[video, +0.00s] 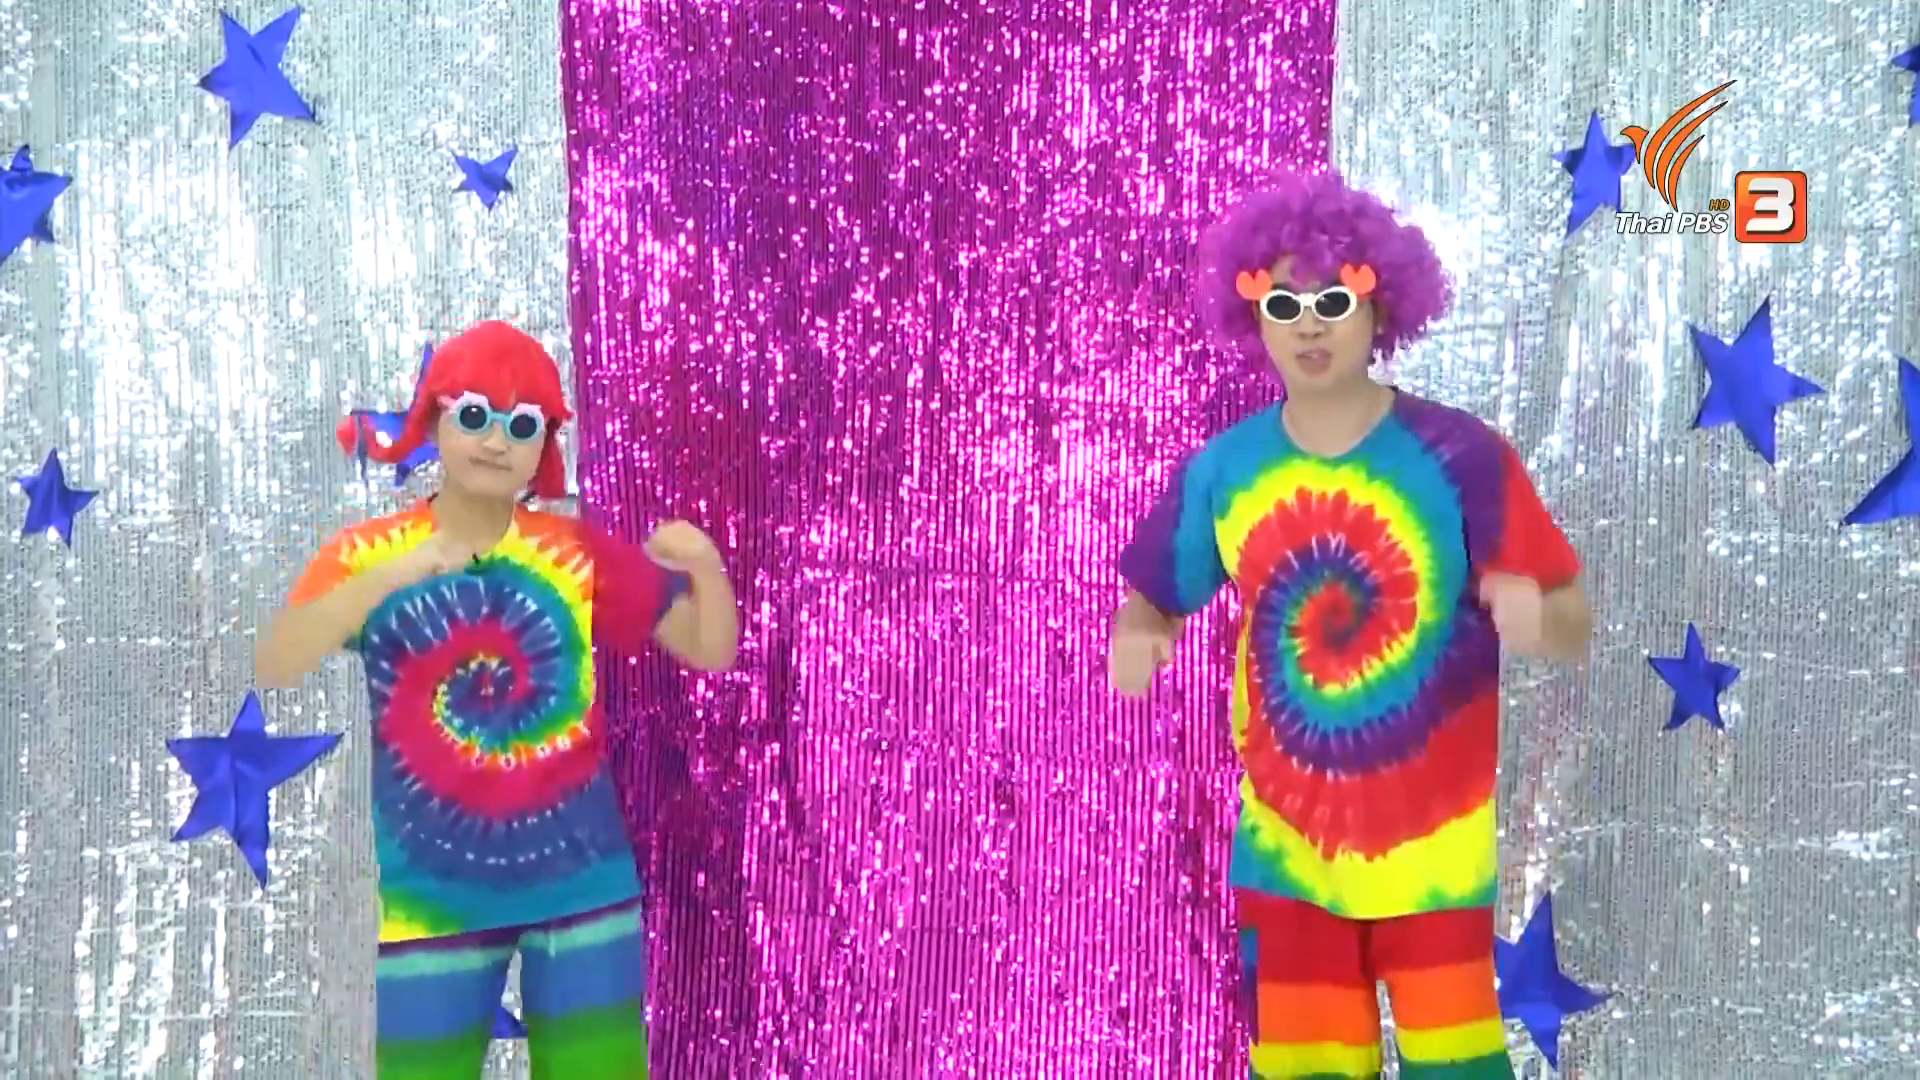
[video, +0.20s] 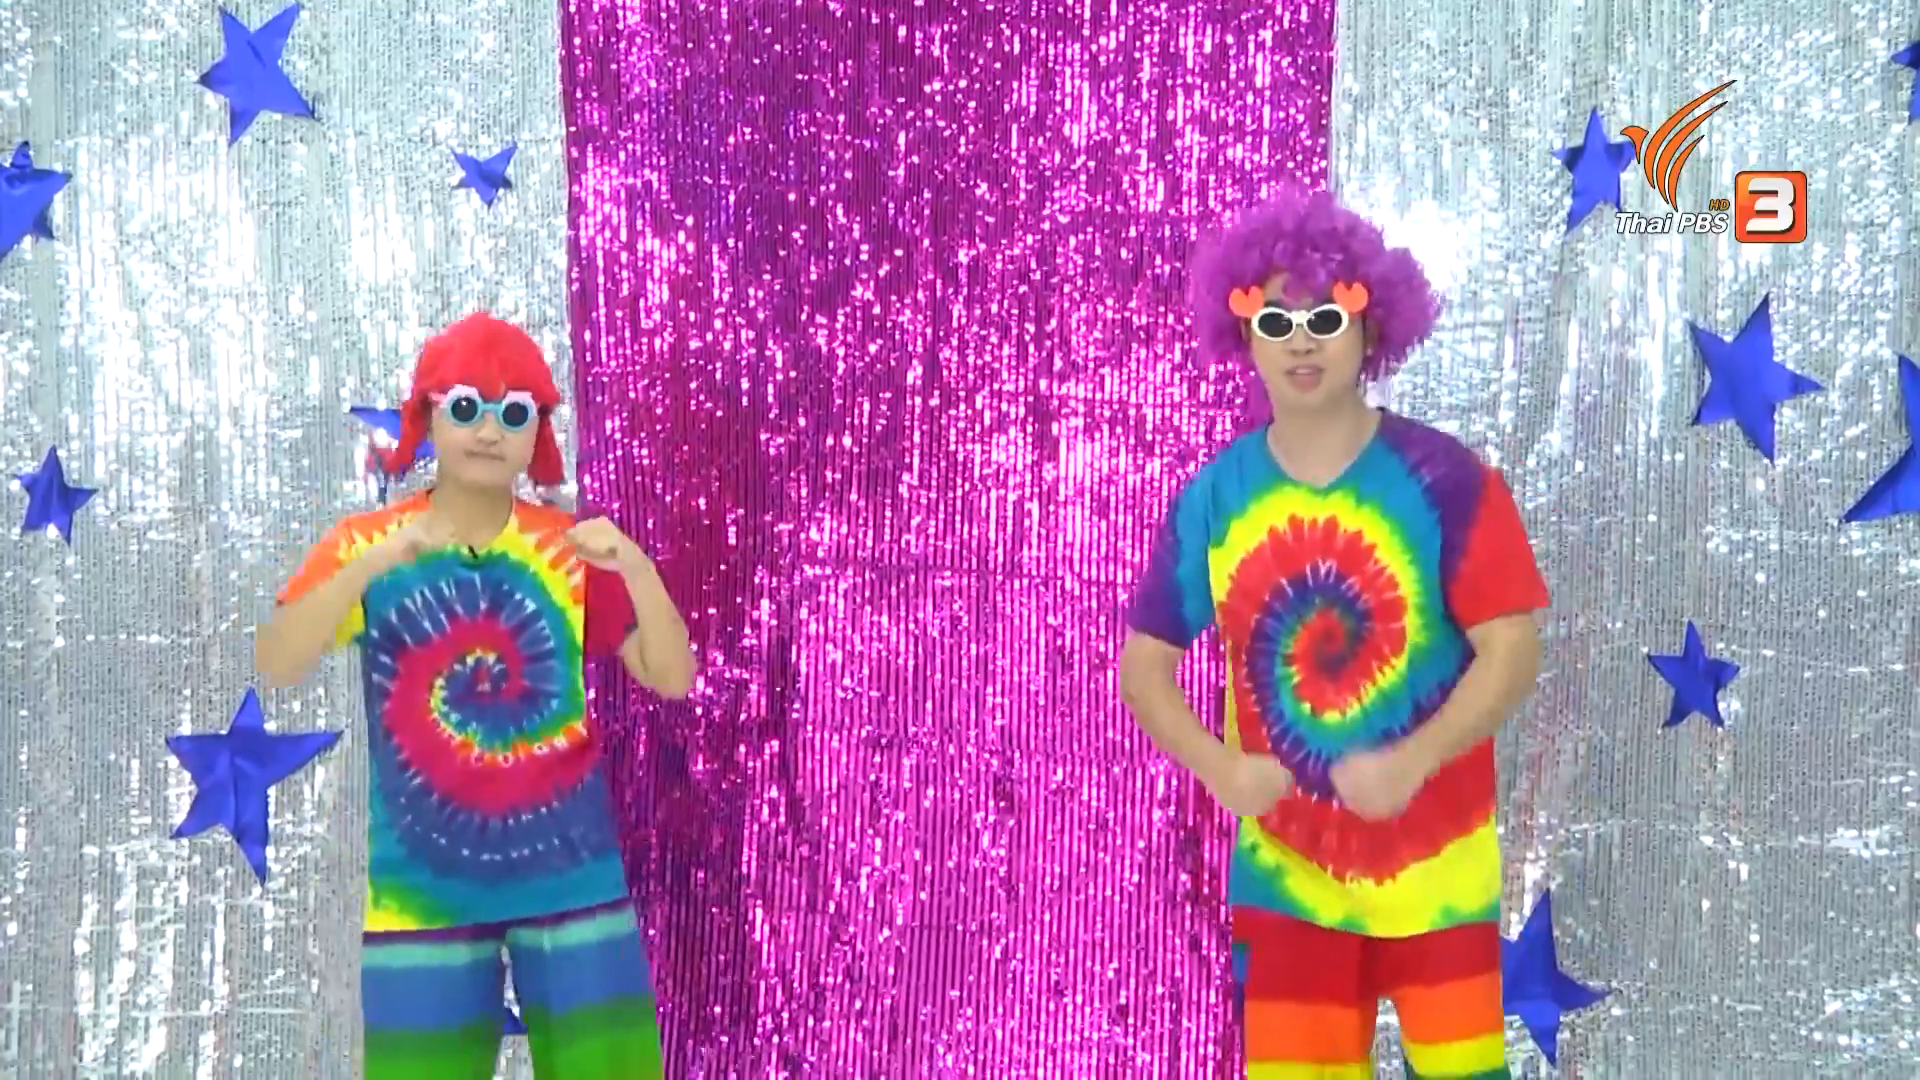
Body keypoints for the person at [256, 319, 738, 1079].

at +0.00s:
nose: (496, 439)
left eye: (521, 424)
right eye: (473, 416)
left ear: (544, 448)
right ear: (434, 430)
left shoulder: (580, 550)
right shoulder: (362, 553)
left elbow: (709, 650)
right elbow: (274, 665)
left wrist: (706, 565)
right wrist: (381, 578)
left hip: (581, 886)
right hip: (427, 893)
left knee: (597, 1068)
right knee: (420, 1070)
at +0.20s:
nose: (490, 430)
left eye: (514, 412)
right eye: (466, 408)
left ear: (538, 436)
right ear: (428, 426)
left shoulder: (573, 546)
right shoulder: (365, 540)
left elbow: (672, 678)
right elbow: (277, 663)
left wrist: (633, 561)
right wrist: (369, 565)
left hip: (570, 883)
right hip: (418, 893)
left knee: (609, 1067)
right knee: (421, 1071)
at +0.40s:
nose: (471, 419)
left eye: (492, 396)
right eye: (444, 403)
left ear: (527, 410)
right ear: (415, 424)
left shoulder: (572, 522)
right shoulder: (362, 530)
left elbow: (664, 591)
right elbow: (232, 600)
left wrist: (588, 594)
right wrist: (237, 573)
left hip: (539, 869)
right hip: (385, 874)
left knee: (568, 1065)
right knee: (370, 1066)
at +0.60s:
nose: (461, 426)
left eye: (483, 402)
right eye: (434, 412)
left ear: (522, 420)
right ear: (412, 441)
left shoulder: (577, 542)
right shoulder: (371, 549)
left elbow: (668, 668)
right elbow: (261, 679)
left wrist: (556, 590)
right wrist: (267, 577)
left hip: (513, 894)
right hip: (364, 885)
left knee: (518, 1068)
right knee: (350, 1067)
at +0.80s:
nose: (476, 409)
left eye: (499, 388)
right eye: (451, 391)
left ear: (535, 410)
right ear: (423, 416)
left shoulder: (578, 519)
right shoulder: (379, 529)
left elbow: (674, 611)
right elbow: (270, 653)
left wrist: (565, 579)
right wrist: (325, 539)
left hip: (536, 871)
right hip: (385, 869)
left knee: (543, 1067)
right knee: (360, 1067)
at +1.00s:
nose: (482, 410)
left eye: (509, 396)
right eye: (462, 386)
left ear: (534, 421)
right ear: (426, 397)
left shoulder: (568, 509)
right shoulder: (366, 518)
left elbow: (626, 617)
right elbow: (348, 606)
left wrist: (688, 727)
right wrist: (356, 682)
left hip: (568, 834)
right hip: (425, 838)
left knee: (593, 1052)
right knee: (400, 1055)